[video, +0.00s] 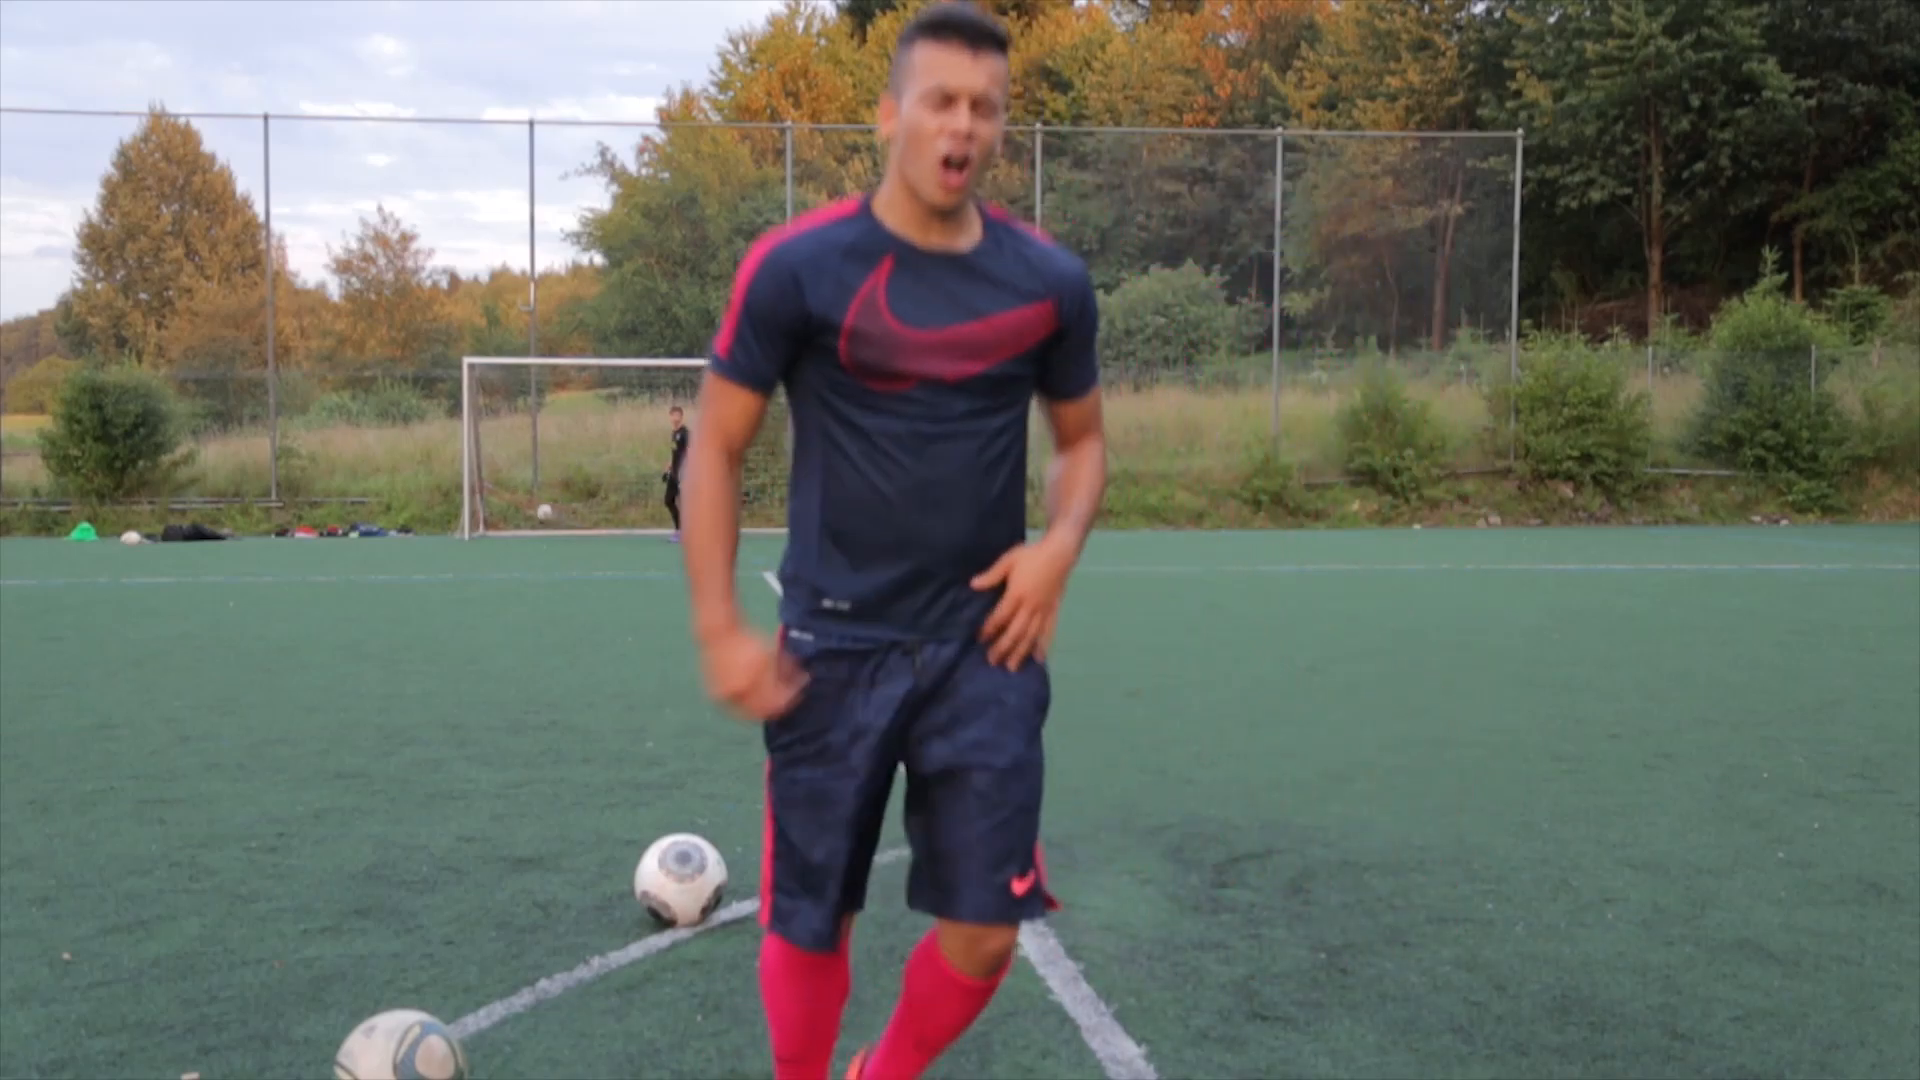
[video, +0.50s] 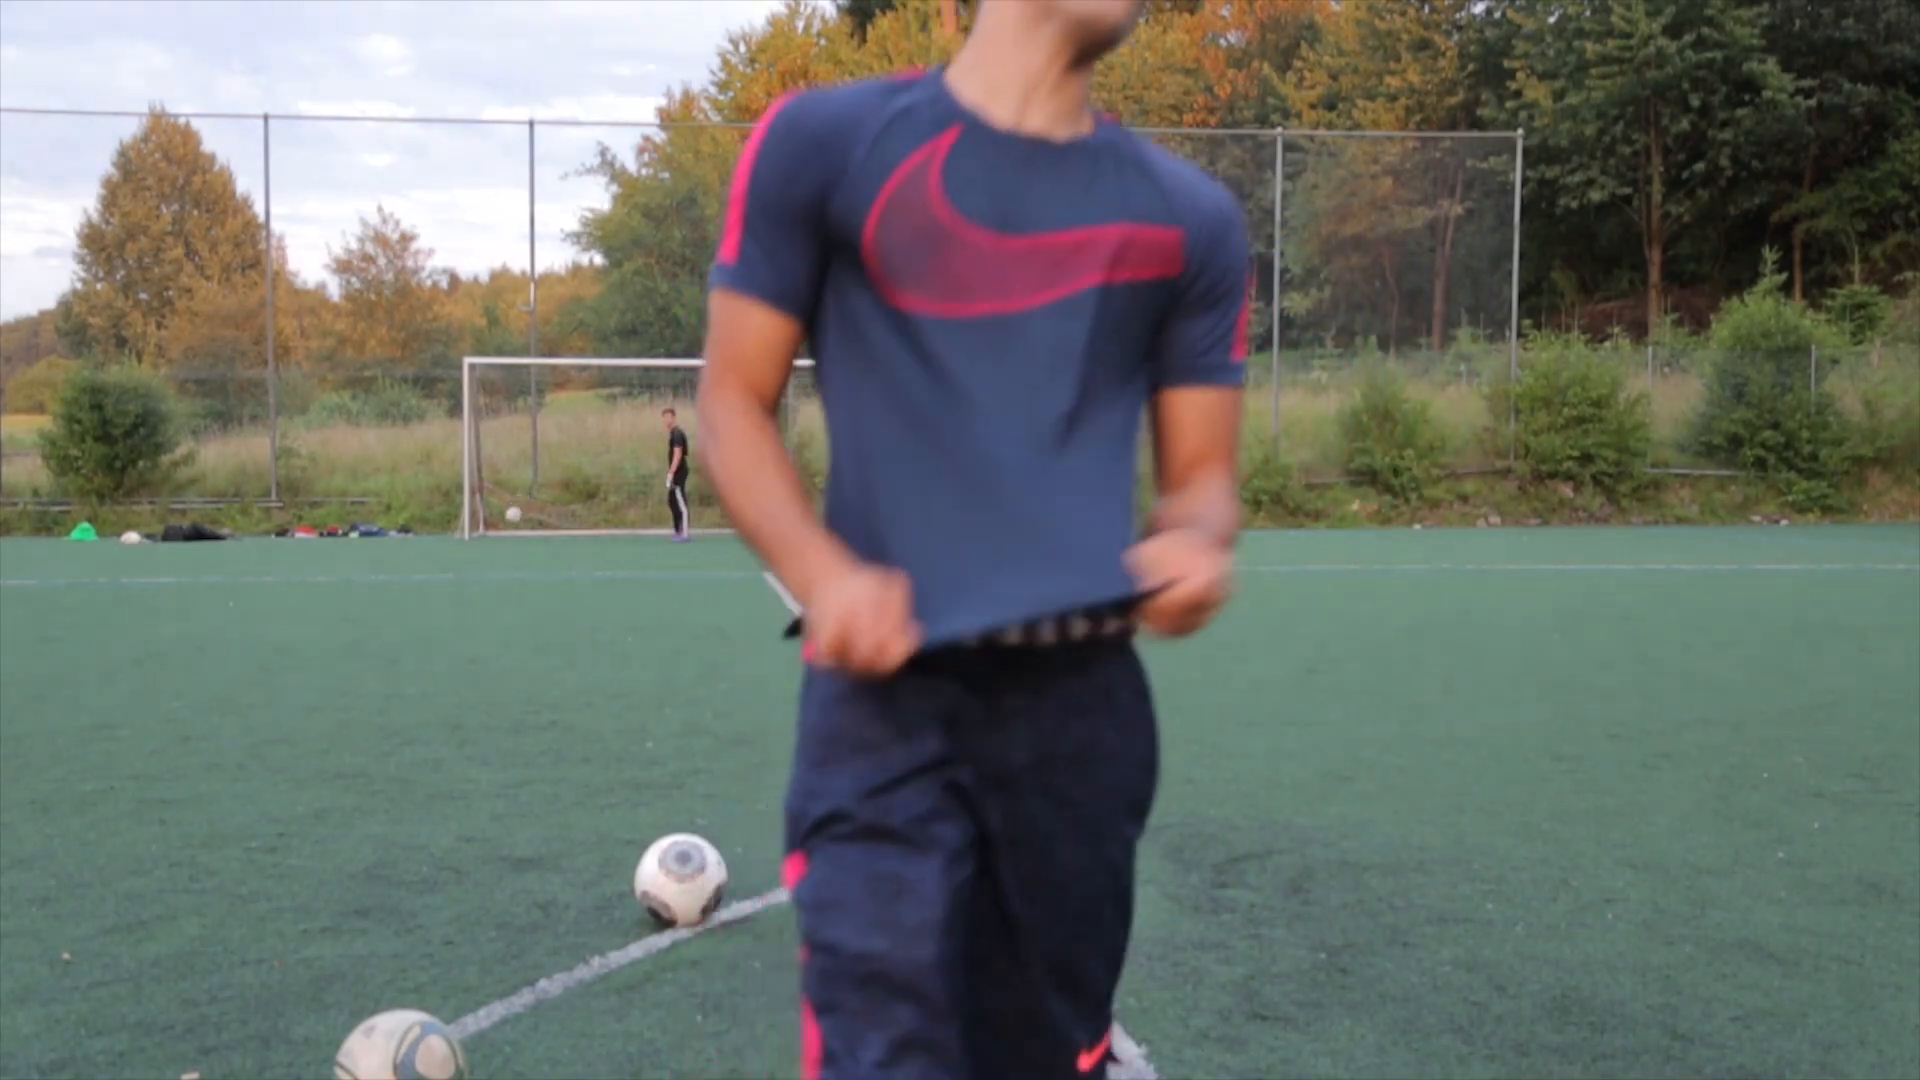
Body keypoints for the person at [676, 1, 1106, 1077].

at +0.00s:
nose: (964, 129)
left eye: (984, 108)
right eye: (941, 102)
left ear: (1000, 127)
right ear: (889, 113)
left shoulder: (1051, 282)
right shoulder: (794, 270)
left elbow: (1079, 440)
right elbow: (714, 445)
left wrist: (1060, 546)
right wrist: (720, 630)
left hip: (986, 643)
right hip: (832, 647)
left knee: (984, 935)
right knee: (805, 929)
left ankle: (884, 1071)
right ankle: (799, 1074)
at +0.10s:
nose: (981, 62)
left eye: (1002, 42)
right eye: (956, 34)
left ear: (1020, 65)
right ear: (892, 47)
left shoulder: (1063, 230)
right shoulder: (791, 209)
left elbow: (1077, 378)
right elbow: (689, 395)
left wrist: (1070, 484)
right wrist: (799, 521)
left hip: (988, 612)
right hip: (835, 615)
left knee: (942, 923)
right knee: (803, 909)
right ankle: (783, 1075)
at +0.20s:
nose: (1009, 43)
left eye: (1026, 30)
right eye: (978, 18)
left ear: (1040, 69)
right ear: (902, 43)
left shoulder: (1087, 249)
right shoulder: (790, 217)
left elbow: (1098, 408)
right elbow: (677, 413)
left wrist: (1084, 492)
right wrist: (808, 523)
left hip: (982, 666)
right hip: (816, 664)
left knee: (911, 1004)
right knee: (760, 990)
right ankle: (740, 1079)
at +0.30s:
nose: (1046, 65)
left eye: (1062, 53)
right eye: (1012, 38)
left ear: (1067, 99)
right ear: (928, 73)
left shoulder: (1112, 323)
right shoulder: (784, 268)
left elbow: (1138, 545)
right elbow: (687, 493)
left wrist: (1095, 666)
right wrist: (784, 664)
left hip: (1002, 790)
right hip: (809, 780)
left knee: (969, 1065)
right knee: (744, 1061)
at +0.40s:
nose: (1092, 18)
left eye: (1104, 8)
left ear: (1108, 54)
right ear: (962, 18)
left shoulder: (1142, 282)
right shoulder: (791, 224)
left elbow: (1149, 540)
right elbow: (715, 468)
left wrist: (1090, 655)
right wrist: (797, 662)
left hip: (1029, 776)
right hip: (832, 770)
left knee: (1014, 1060)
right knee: (812, 1058)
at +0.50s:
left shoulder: (1192, 216)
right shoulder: (820, 141)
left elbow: (1200, 469)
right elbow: (730, 402)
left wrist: (1195, 541)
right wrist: (826, 577)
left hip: (1081, 695)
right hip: (881, 695)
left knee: (1047, 1054)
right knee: (883, 1053)